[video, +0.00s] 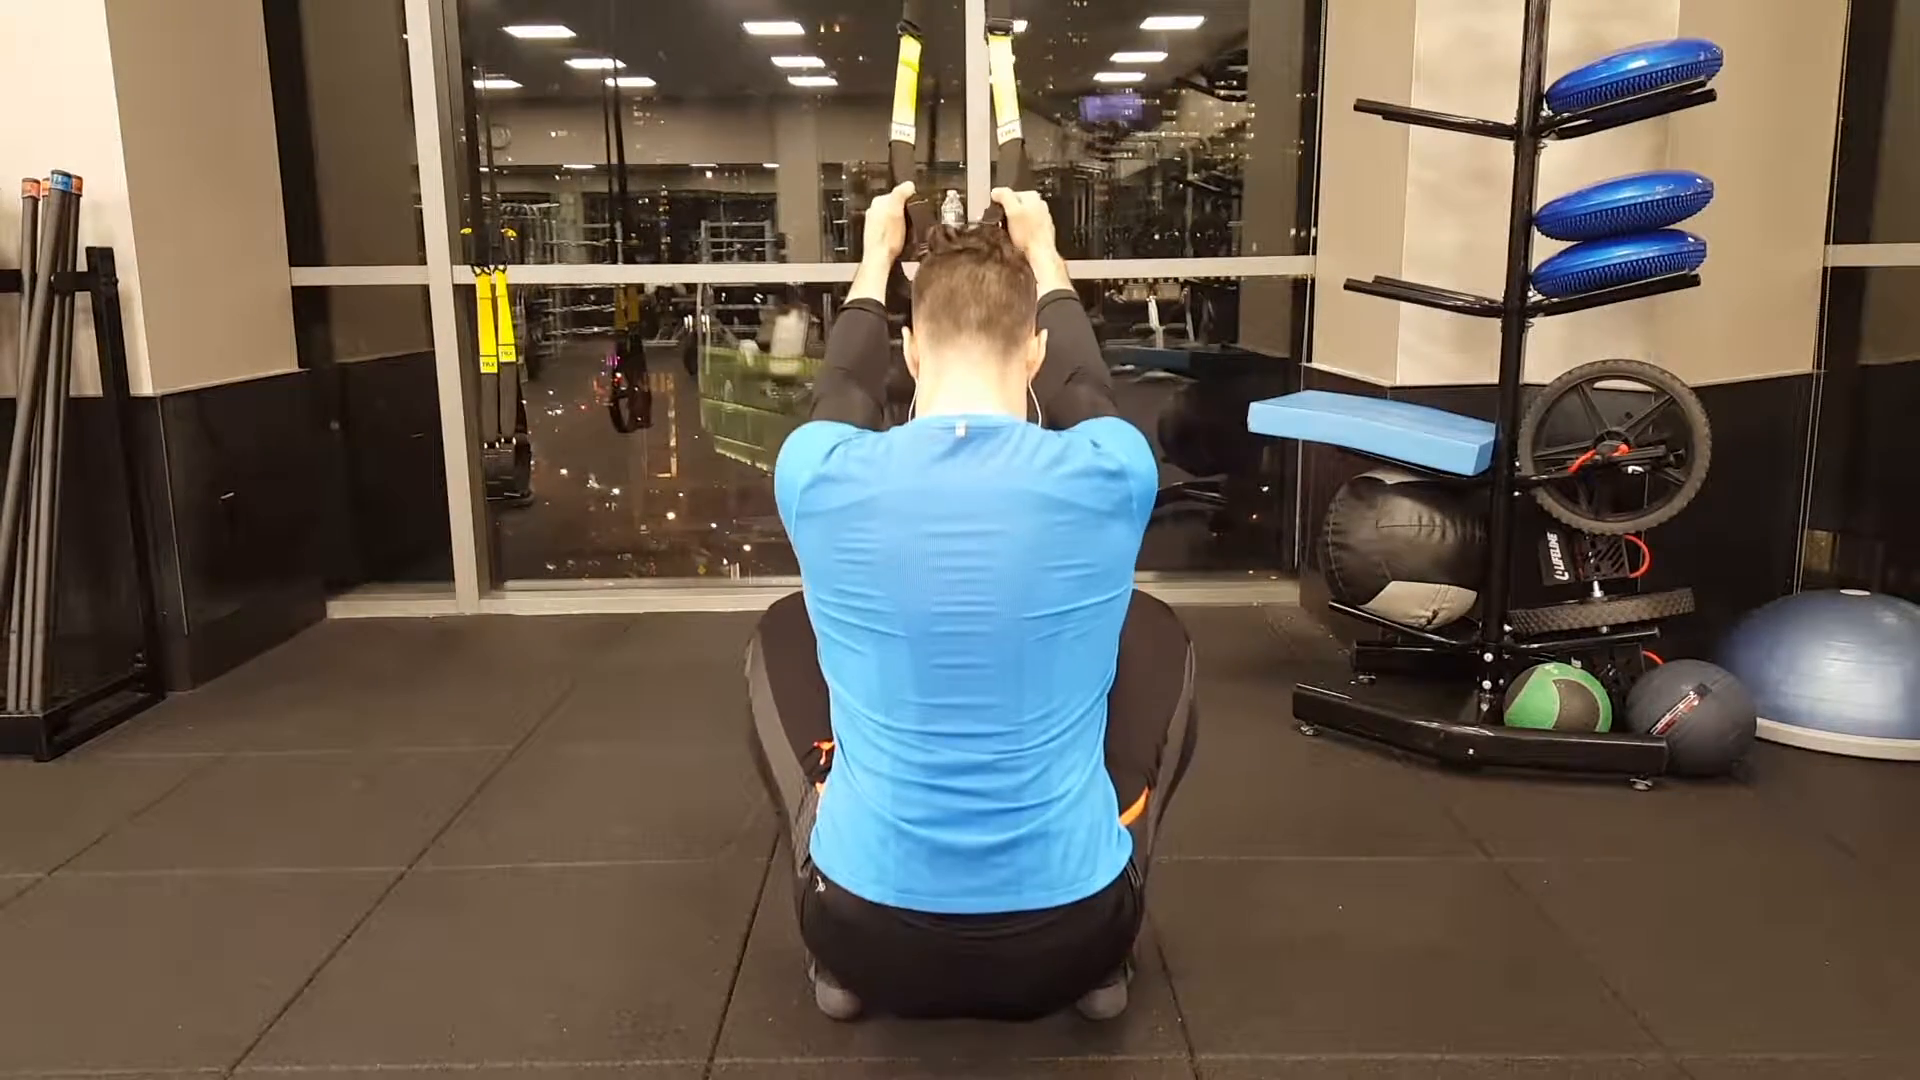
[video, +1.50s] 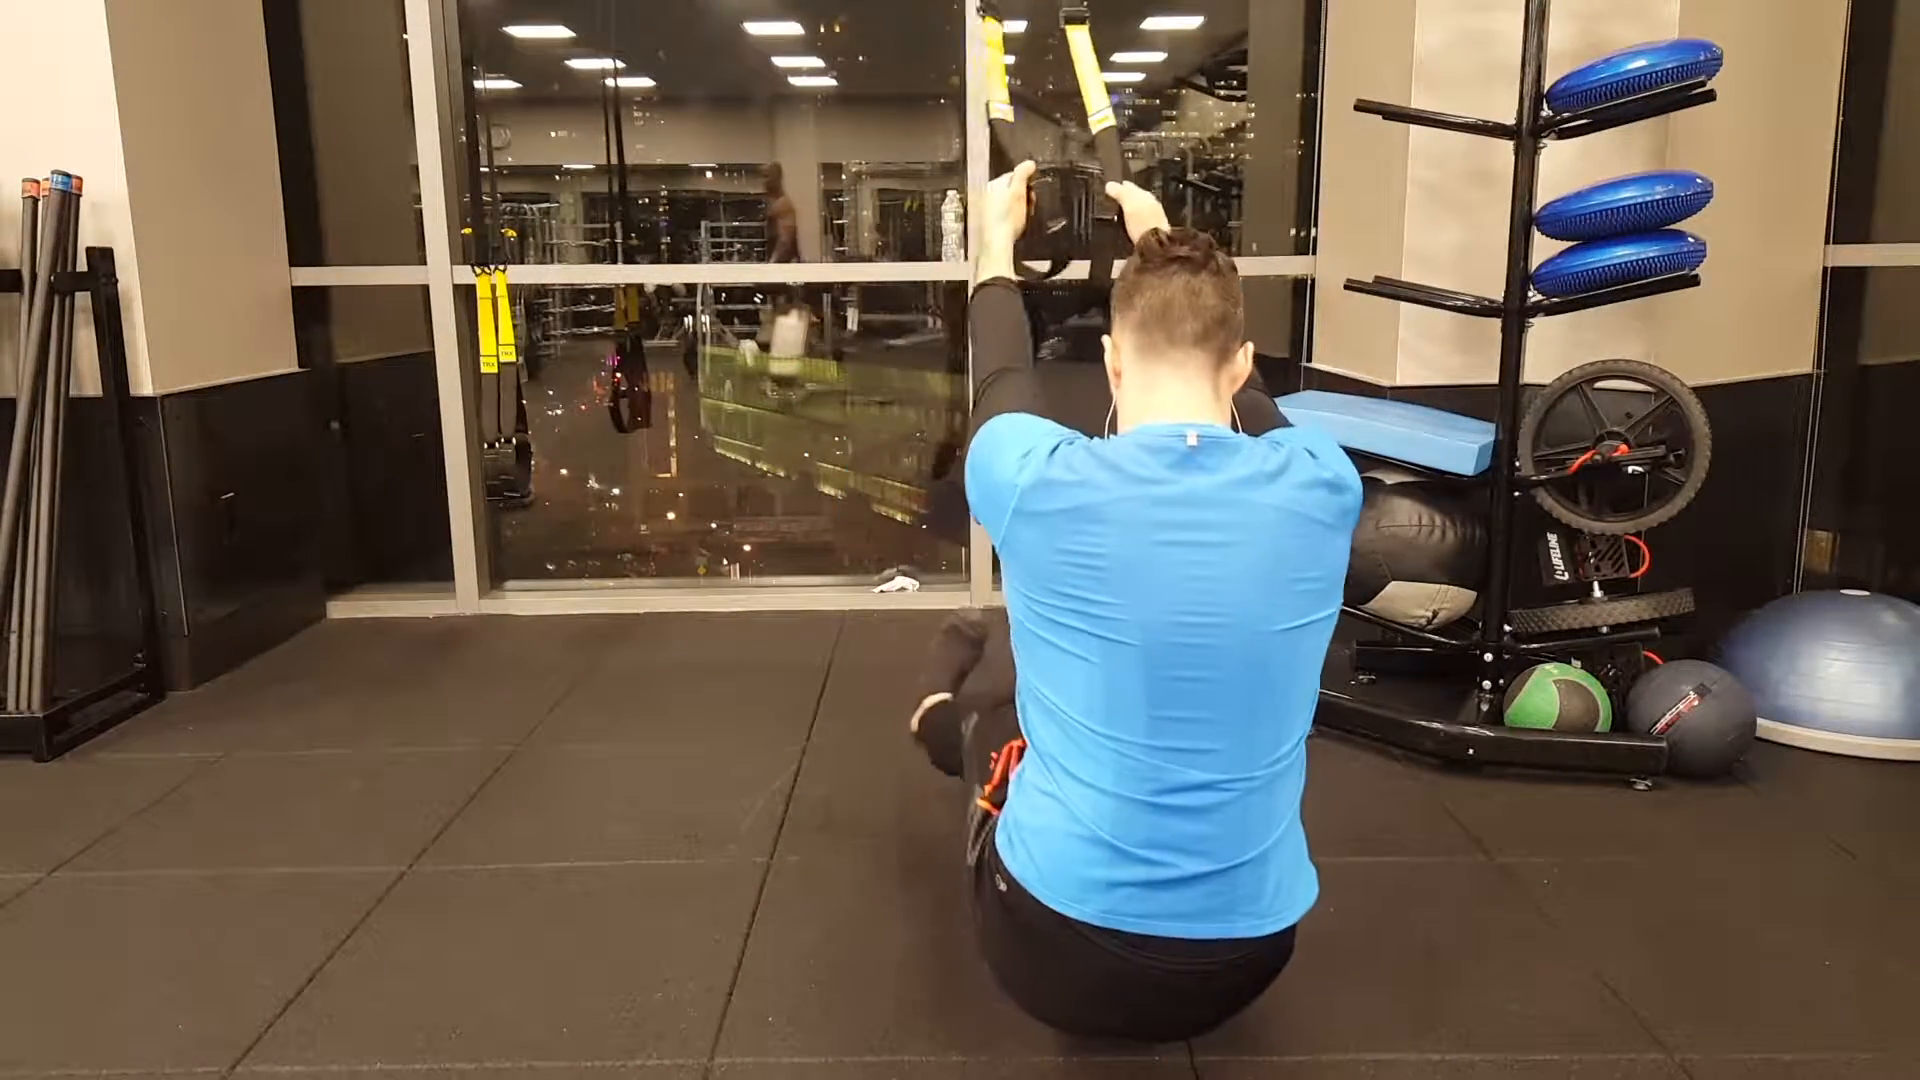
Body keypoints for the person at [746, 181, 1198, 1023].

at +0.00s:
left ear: (910, 353)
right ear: (1034, 353)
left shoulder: (819, 480)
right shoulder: (1112, 477)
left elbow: (848, 385)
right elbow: (1082, 381)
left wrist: (872, 267)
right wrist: (1048, 263)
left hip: (875, 946)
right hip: (1059, 949)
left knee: (843, 737)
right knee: (1137, 641)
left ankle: (836, 967)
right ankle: (1106, 966)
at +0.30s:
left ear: (918, 363)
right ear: (1045, 366)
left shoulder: (828, 489)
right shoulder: (1121, 487)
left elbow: (853, 393)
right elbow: (1093, 382)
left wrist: (875, 264)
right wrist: (1060, 254)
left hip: (883, 959)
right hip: (1067, 962)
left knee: (799, 616)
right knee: (1152, 619)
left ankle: (836, 958)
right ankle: (1109, 960)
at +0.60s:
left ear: (951, 357)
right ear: (1078, 364)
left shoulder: (861, 485)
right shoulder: (1157, 487)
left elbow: (866, 398)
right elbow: (1118, 400)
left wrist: (884, 270)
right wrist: (1074, 261)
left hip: (915, 956)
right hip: (1102, 960)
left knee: (824, 614)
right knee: (1175, 628)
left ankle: (841, 933)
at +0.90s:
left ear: (1014, 362)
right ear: (1145, 366)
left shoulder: (940, 484)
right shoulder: (1227, 490)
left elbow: (912, 387)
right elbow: (1162, 393)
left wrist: (916, 269)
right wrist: (1094, 260)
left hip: (970, 948)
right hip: (1154, 957)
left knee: (881, 620)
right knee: (1203, 626)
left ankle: (854, 933)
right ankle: (1206, 844)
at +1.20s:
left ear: (1096, 339)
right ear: (1224, 347)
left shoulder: (1019, 454)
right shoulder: (1305, 471)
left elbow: (955, 365)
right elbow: (1216, 368)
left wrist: (947, 262)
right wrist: (1145, 238)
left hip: (1019, 933)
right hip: (1201, 948)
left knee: (962, 622)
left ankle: (845, 787)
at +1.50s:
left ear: (1111, 362)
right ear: (1242, 373)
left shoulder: (1034, 481)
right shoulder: (1322, 488)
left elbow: (1000, 378)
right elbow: (1243, 398)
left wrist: (990, 252)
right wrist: (1165, 253)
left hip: (1059, 959)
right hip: (1240, 967)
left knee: (1006, 671)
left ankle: (952, 725)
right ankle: (958, 730)